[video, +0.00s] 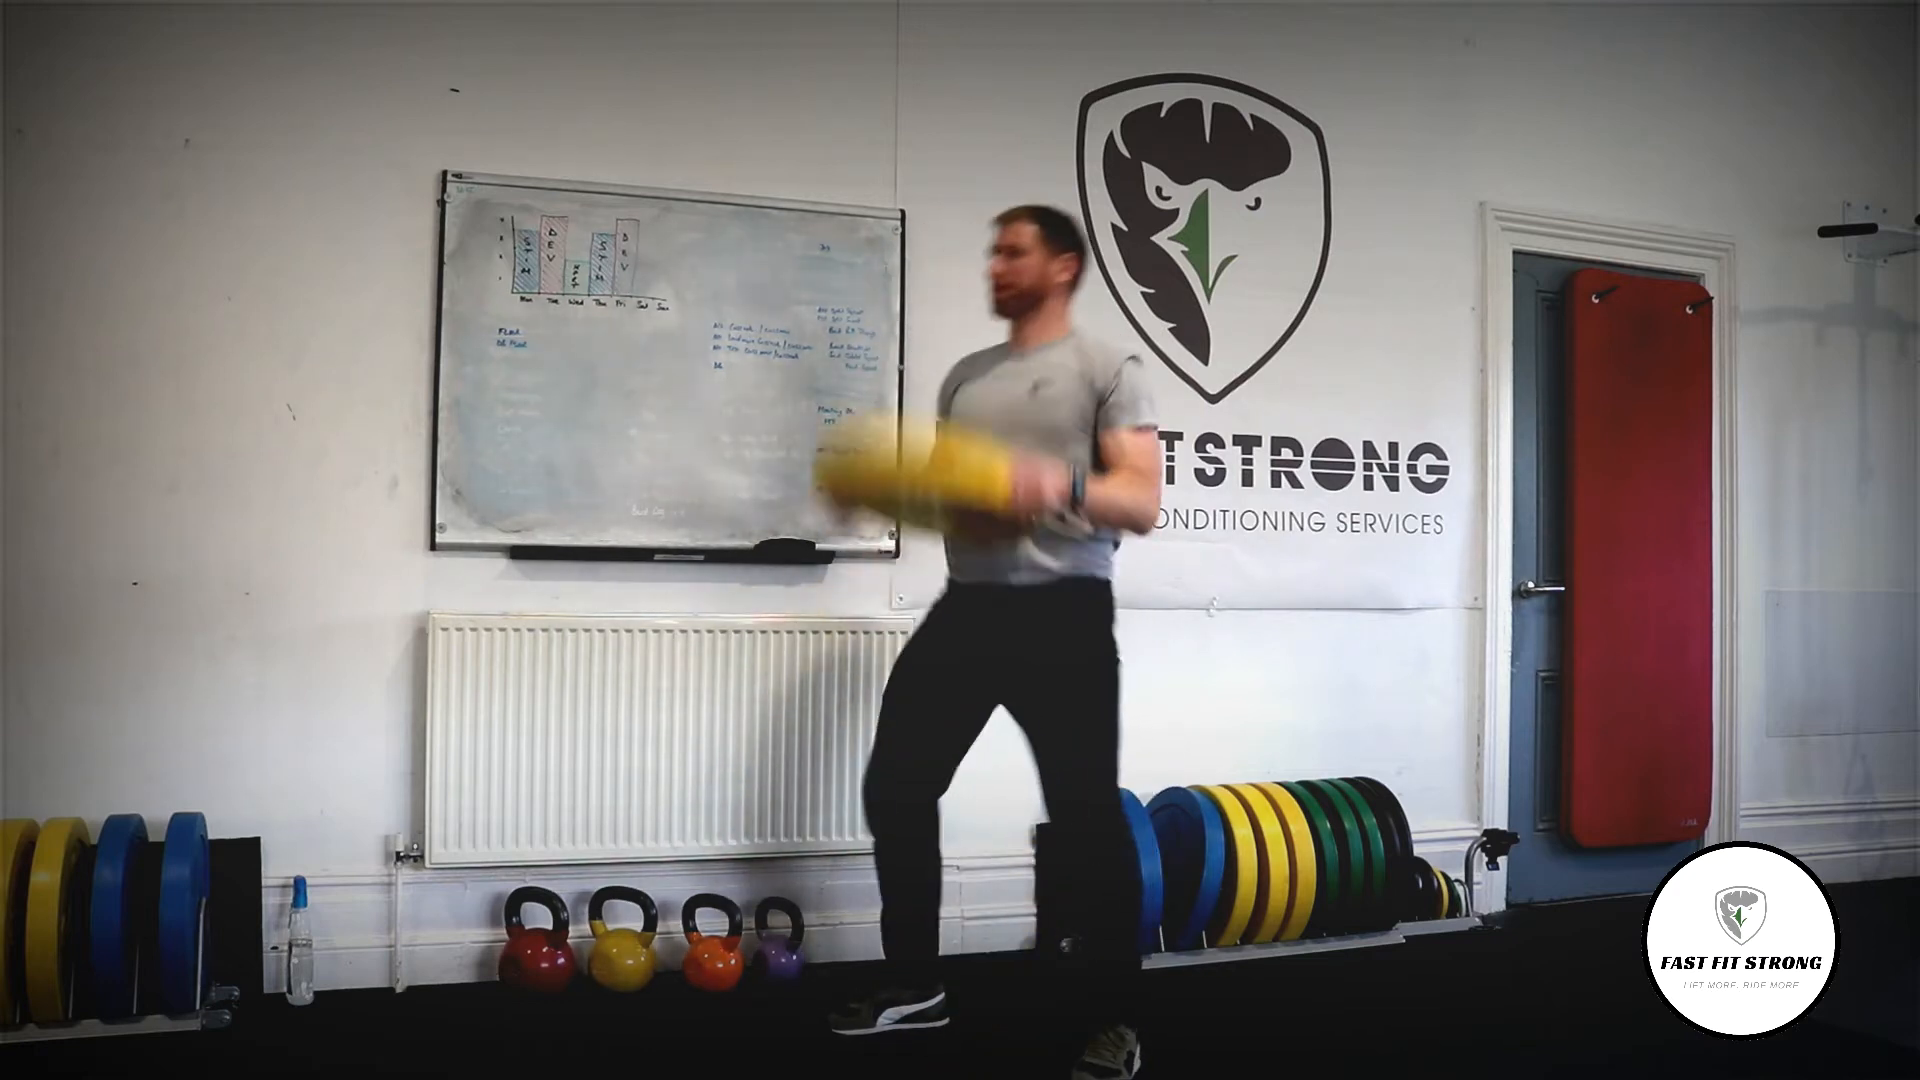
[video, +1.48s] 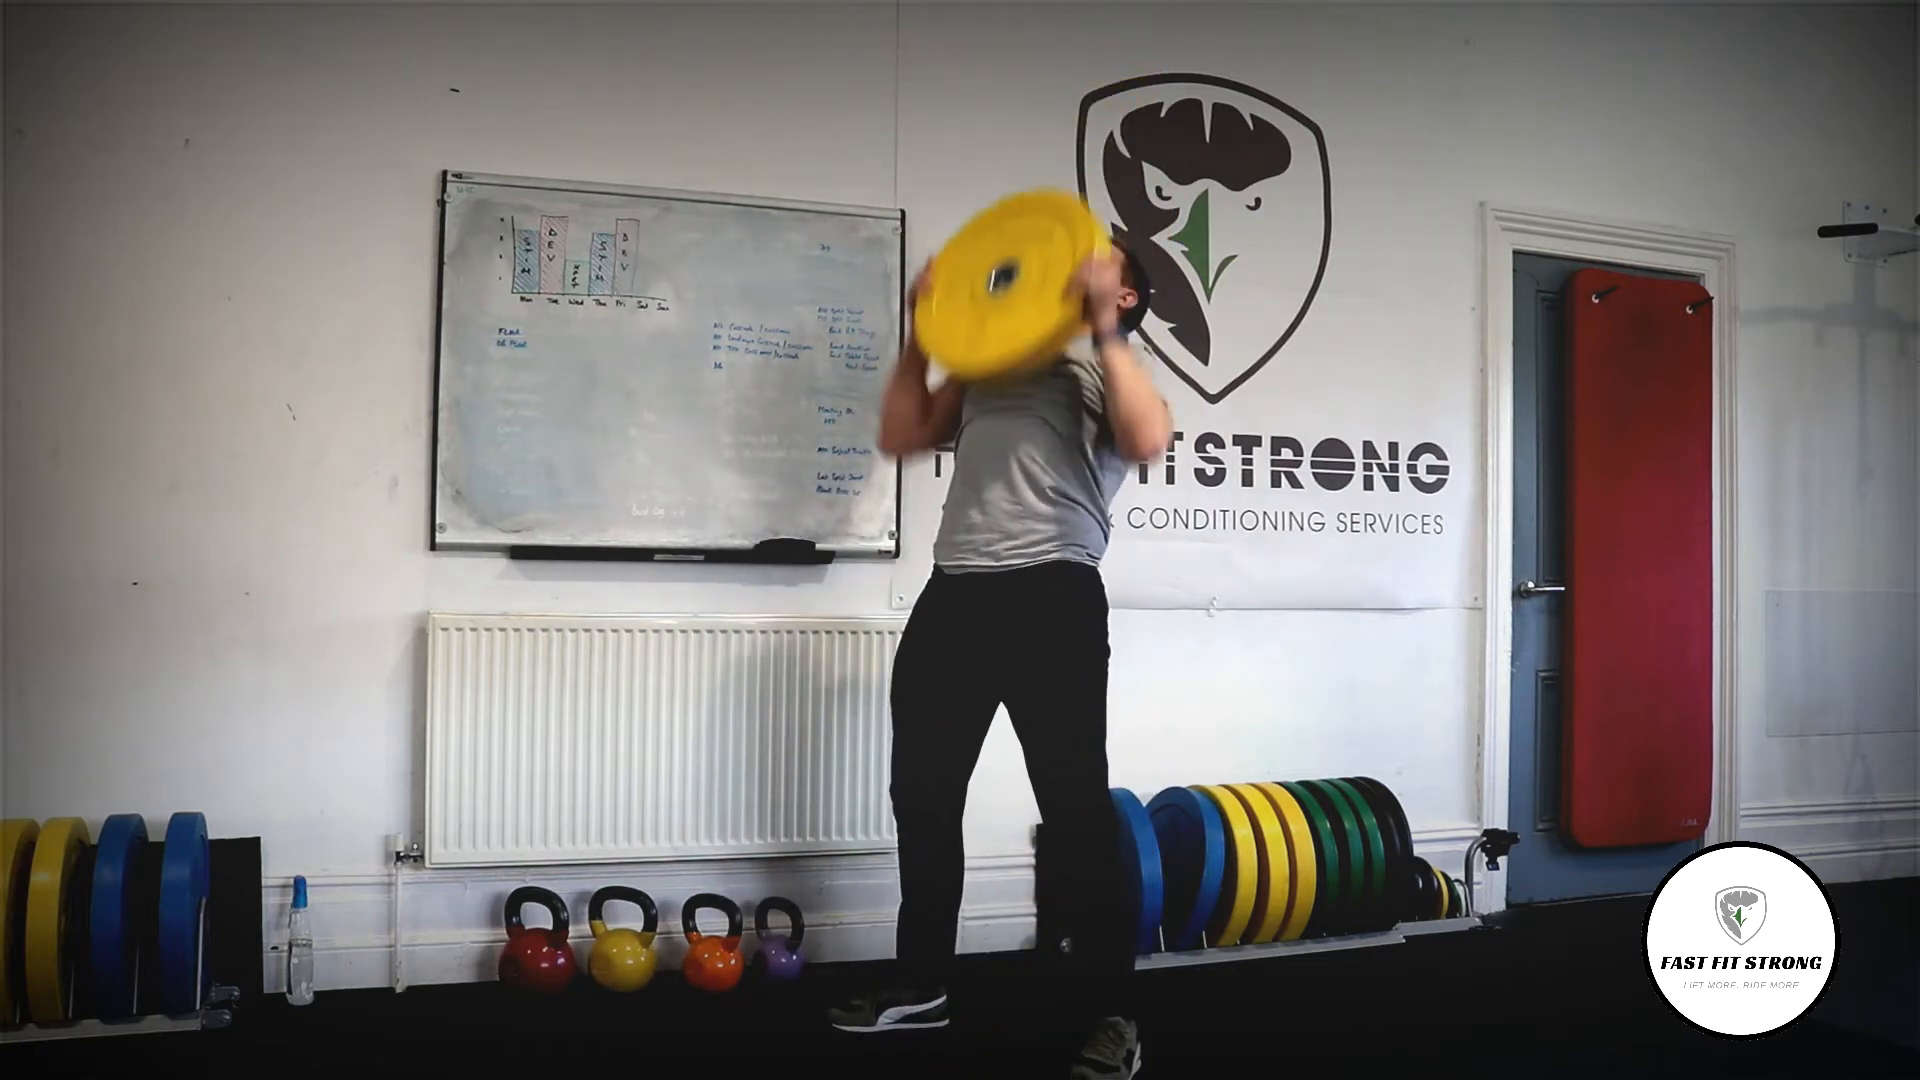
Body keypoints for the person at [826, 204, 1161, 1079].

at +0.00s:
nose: (996, 266)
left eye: (1014, 252)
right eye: (994, 254)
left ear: (1065, 267)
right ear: (997, 269)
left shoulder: (1108, 368)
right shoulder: (965, 379)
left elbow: (1142, 502)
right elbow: (952, 503)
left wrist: (1060, 492)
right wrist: (877, 489)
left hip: (1066, 616)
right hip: (968, 613)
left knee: (1085, 811)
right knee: (897, 788)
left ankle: (1108, 1018)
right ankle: (916, 989)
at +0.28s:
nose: (1044, 246)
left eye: (1064, 243)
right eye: (1043, 238)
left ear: (1088, 277)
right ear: (1024, 268)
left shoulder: (1095, 359)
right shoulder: (962, 345)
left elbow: (1097, 325)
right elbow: (860, 316)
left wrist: (1082, 215)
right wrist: (911, 220)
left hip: (1036, 602)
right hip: (933, 605)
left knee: (1066, 812)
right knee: (921, 811)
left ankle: (1102, 1016)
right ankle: (921, 992)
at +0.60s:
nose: (1000, 205)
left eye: (1019, 201)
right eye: (992, 200)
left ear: (1049, 239)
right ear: (975, 229)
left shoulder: (1065, 311)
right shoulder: (948, 307)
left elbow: (1099, 170)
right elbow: (957, 186)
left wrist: (1136, 59)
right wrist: (979, 79)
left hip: (1026, 593)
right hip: (926, 593)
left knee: (1062, 810)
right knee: (923, 808)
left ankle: (1097, 1014)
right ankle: (922, 993)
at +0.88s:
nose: (1017, 211)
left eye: (1035, 207)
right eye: (1007, 206)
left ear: (1062, 243)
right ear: (990, 235)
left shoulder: (1076, 312)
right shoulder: (957, 302)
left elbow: (1110, 171)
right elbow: (964, 179)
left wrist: (1149, 65)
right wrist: (987, 79)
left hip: (1029, 594)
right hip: (929, 593)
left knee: (1062, 807)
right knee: (921, 807)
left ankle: (1099, 1013)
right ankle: (922, 991)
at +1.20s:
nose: (1064, 240)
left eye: (1081, 238)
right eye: (1064, 238)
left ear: (1101, 272)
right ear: (1050, 269)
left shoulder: (1102, 343)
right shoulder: (977, 331)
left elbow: (1153, 240)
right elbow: (898, 245)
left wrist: (1137, 128)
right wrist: (955, 143)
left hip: (1047, 595)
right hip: (947, 594)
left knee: (1069, 804)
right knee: (921, 797)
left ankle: (1102, 1013)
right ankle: (922, 989)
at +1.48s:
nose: (1080, 270)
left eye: (1102, 266)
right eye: (1078, 261)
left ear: (1126, 300)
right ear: (1052, 276)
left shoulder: (1117, 371)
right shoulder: (992, 363)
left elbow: (1148, 441)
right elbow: (900, 437)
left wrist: (1105, 326)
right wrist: (918, 333)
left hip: (1053, 594)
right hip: (953, 596)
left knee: (1074, 805)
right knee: (923, 800)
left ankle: (1105, 1010)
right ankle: (923, 989)